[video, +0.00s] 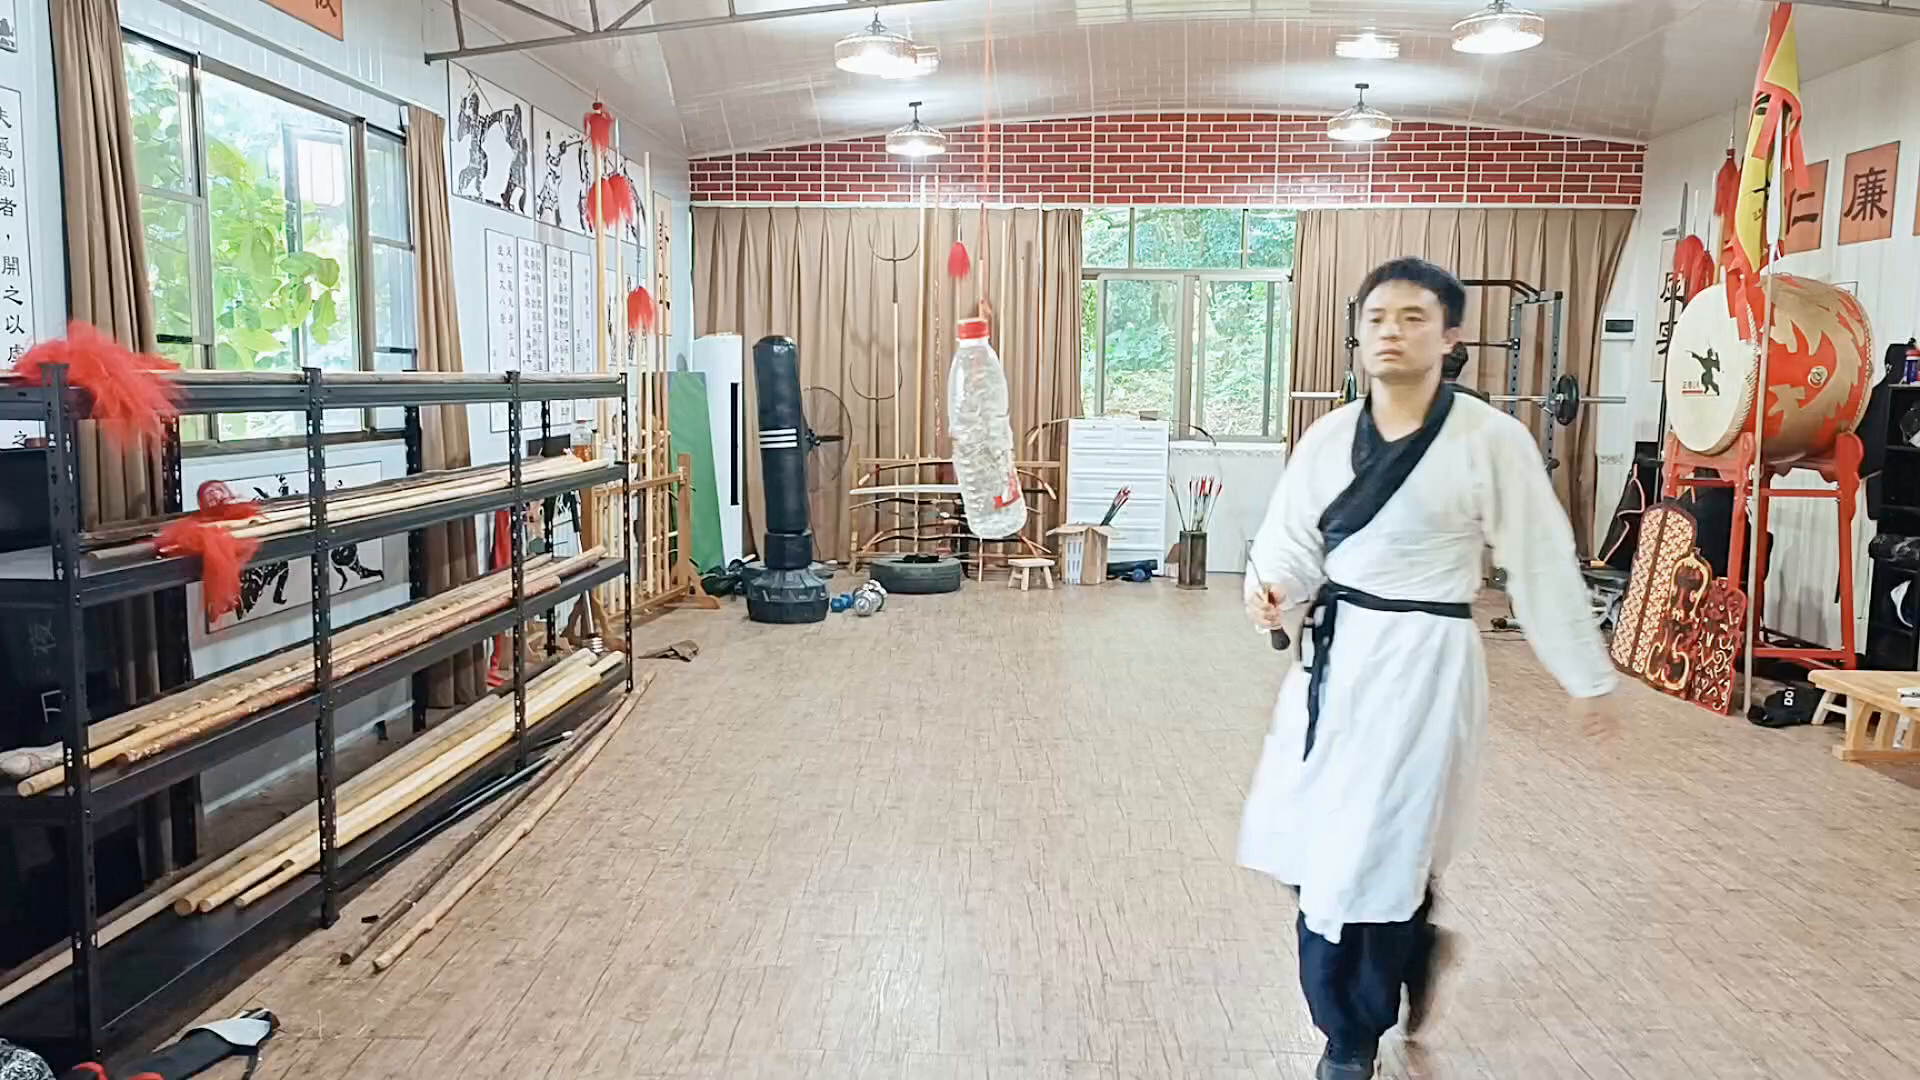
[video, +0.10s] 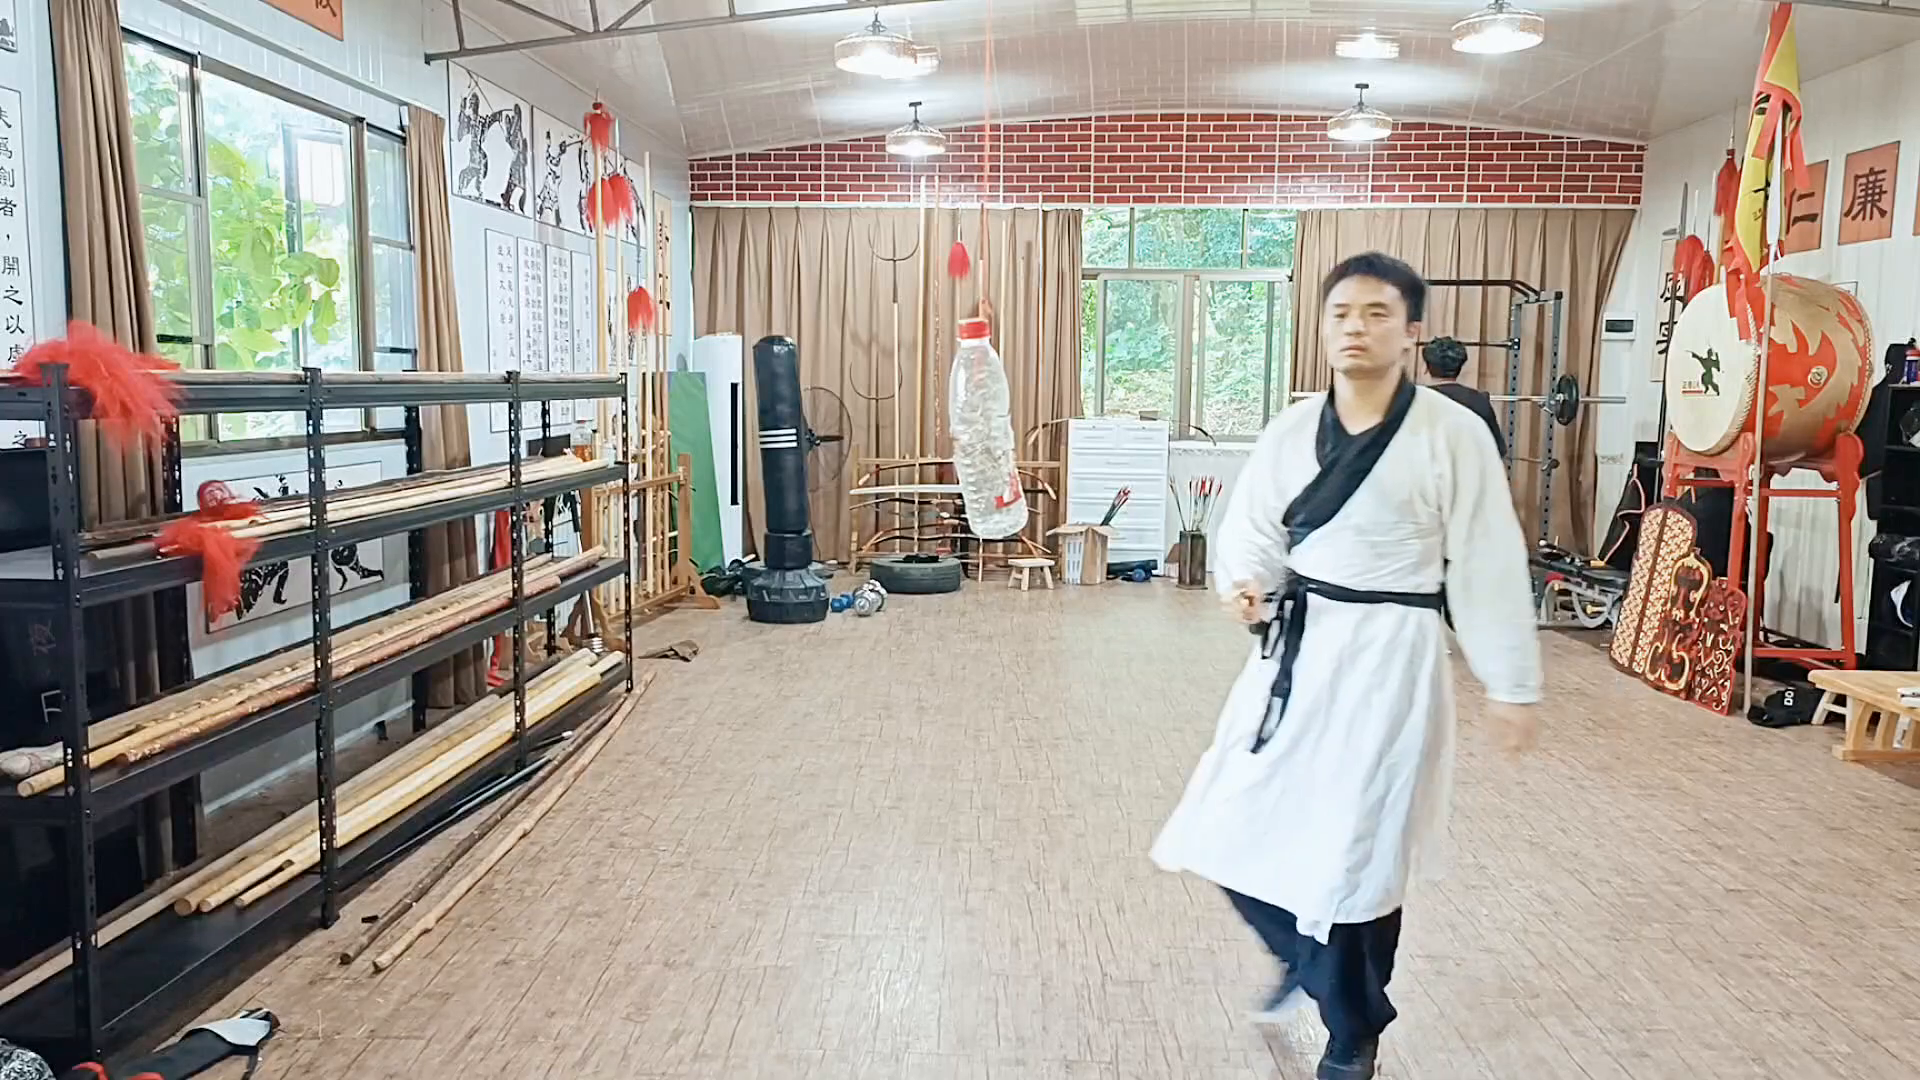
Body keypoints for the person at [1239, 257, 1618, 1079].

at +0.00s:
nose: (1389, 333)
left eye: (1412, 318)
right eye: (1376, 318)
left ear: (1450, 338)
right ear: (1357, 336)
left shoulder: (1492, 440)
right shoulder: (1328, 436)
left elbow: (1543, 564)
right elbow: (1289, 539)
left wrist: (1588, 677)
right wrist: (1273, 584)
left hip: (1423, 655)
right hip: (1333, 648)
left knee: (1358, 856)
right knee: (1309, 836)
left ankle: (1349, 1045)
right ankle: (1416, 944)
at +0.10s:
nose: (1356, 328)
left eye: (1378, 313)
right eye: (1342, 313)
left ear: (1414, 331)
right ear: (1323, 330)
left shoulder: (1453, 434)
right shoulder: (1293, 427)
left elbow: (1491, 564)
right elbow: (1246, 526)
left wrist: (1512, 686)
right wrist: (1246, 579)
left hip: (1390, 655)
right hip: (1294, 646)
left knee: (1354, 857)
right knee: (1224, 832)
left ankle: (1350, 1044)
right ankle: (1303, 954)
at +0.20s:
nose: (1318, 329)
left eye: (1337, 314)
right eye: (1303, 315)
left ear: (1370, 332)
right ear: (1285, 331)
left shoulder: (1416, 434)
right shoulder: (1248, 431)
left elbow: (1448, 551)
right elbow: (1204, 525)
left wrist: (1436, 653)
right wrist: (1198, 581)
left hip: (1358, 650)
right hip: (1256, 644)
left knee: (1346, 836)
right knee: (1212, 805)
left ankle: (1351, 1034)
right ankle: (1189, 958)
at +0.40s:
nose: (1228, 343)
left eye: (1245, 328)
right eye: (1212, 328)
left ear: (1270, 345)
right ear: (1187, 344)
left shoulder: (1311, 448)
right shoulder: (1146, 445)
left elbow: (1354, 546)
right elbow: (1097, 545)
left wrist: (1345, 600)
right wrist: (1116, 594)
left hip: (1274, 671)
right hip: (1164, 666)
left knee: (1304, 853)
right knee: (1137, 841)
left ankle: (1346, 1033)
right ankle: (1070, 984)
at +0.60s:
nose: (1146, 332)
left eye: (1161, 317)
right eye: (1129, 319)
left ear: (1186, 330)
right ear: (1106, 337)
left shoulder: (1230, 426)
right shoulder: (1072, 437)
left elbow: (1266, 533)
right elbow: (1033, 537)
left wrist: (1289, 613)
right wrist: (1062, 573)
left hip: (1208, 642)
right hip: (1106, 641)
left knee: (1233, 804)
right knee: (1094, 810)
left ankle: (1244, 975)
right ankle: (1066, 984)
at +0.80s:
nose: (1114, 334)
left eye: (1128, 318)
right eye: (1096, 322)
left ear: (1149, 329)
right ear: (1071, 339)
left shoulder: (1189, 425)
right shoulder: (1046, 436)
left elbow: (1231, 535)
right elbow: (1009, 535)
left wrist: (1277, 627)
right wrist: (1036, 578)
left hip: (1170, 627)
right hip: (1079, 629)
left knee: (1168, 784)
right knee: (1069, 796)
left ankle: (1132, 928)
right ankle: (1064, 975)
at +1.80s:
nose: (1120, 366)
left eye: (1133, 350)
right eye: (1101, 352)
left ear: (1150, 357)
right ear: (1067, 360)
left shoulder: (1146, 437)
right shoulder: (1041, 445)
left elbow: (1162, 534)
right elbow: (986, 551)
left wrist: (1183, 610)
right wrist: (1036, 575)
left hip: (1129, 652)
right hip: (1057, 660)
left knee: (1118, 802)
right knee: (1048, 839)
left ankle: (1097, 937)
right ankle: (1038, 1047)